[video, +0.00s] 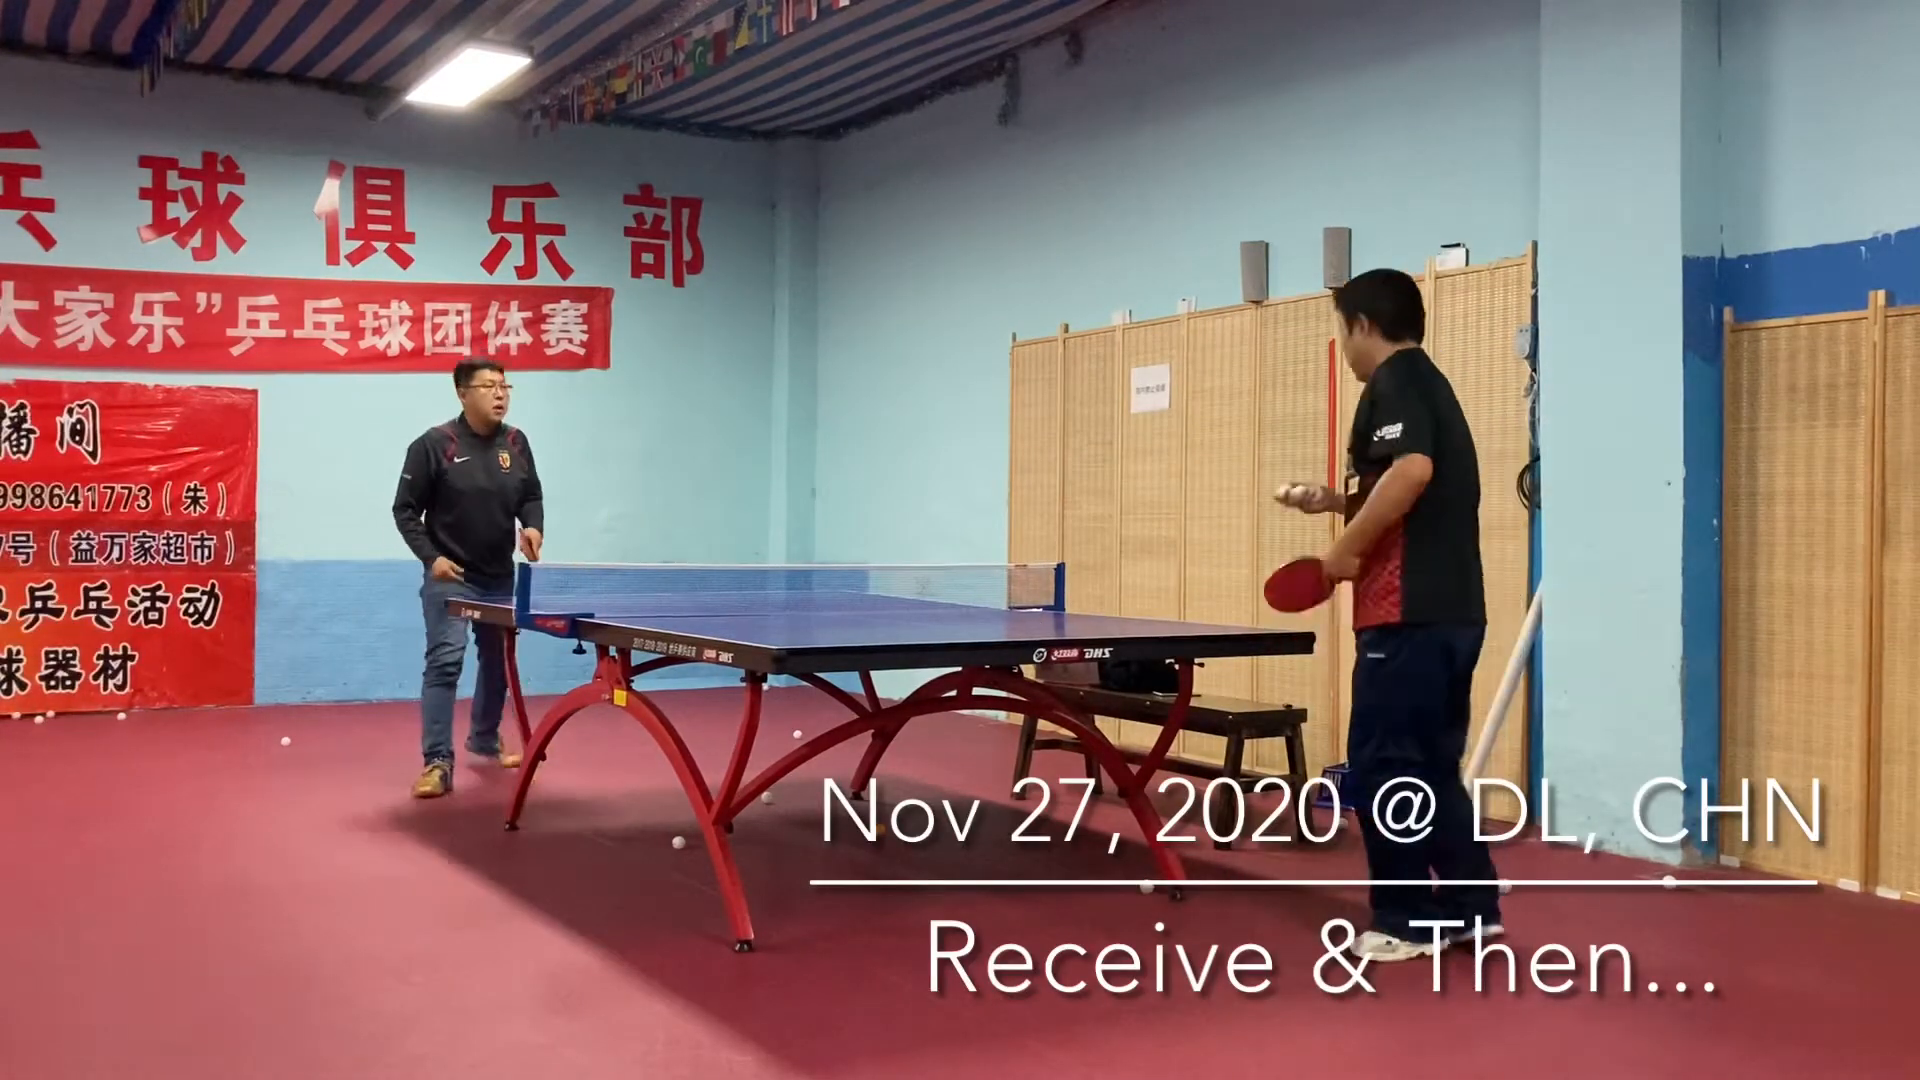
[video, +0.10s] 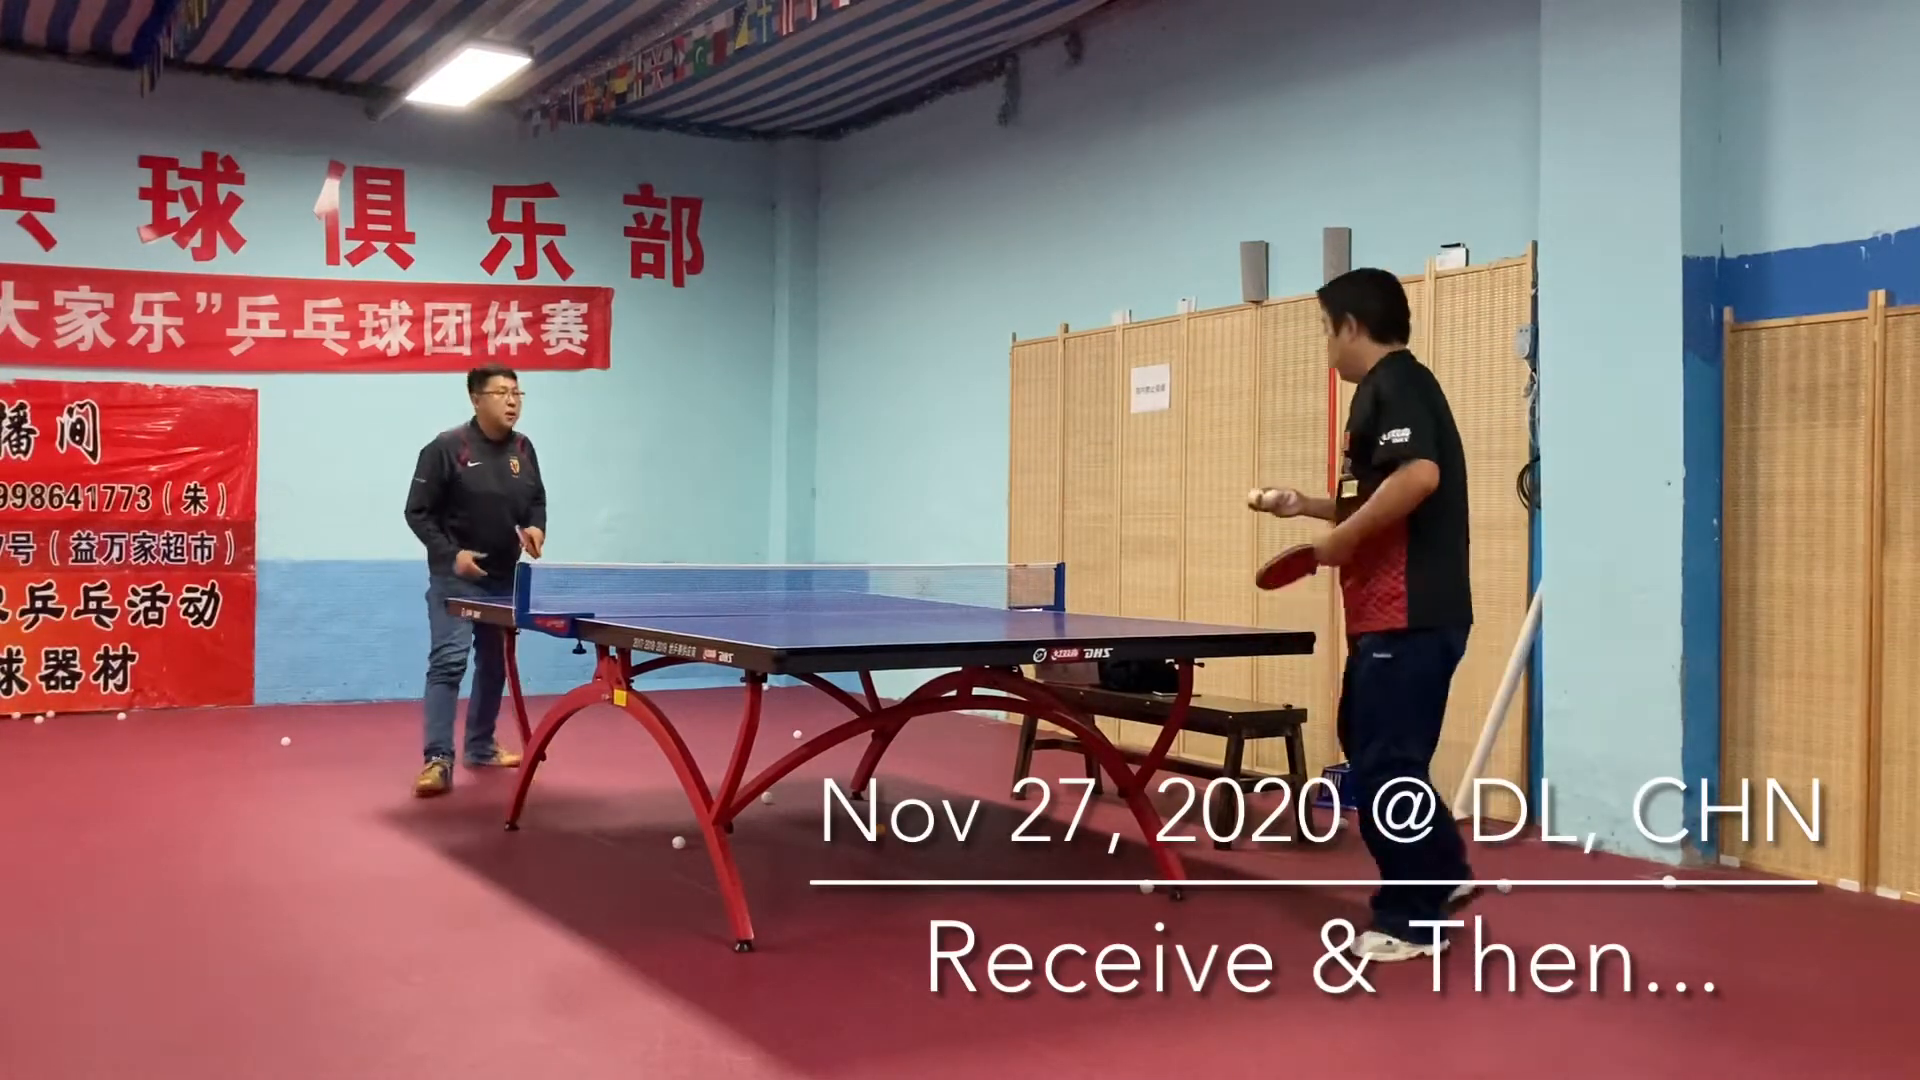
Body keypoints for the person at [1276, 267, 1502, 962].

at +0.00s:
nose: (1343, 347)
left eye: (1344, 332)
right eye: (1342, 333)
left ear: (1365, 326)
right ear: (1405, 325)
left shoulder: (1395, 381)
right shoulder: (1426, 383)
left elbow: (1413, 469)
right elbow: (1410, 494)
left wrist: (1348, 546)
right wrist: (1334, 499)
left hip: (1408, 617)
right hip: (1443, 613)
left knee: (1385, 770)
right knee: (1431, 765)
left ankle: (1411, 922)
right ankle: (1470, 908)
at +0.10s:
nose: (1328, 348)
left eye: (1329, 333)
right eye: (1328, 334)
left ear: (1353, 328)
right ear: (1377, 327)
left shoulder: (1399, 382)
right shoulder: (1378, 394)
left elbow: (1419, 474)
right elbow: (1377, 501)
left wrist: (1345, 539)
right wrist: (1304, 504)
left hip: (1412, 617)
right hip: (1385, 616)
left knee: (1387, 759)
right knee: (1363, 743)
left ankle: (1412, 918)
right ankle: (1441, 873)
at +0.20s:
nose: (1308, 350)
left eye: (1310, 334)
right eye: (1306, 336)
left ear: (1337, 329)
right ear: (1350, 330)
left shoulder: (1396, 384)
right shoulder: (1355, 400)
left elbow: (1426, 477)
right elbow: (1354, 502)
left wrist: (1341, 528)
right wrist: (1279, 502)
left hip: (1414, 623)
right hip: (1368, 622)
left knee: (1393, 763)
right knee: (1340, 744)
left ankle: (1413, 923)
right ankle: (1378, 894)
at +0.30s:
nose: (1285, 359)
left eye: (1288, 344)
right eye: (1283, 345)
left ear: (1320, 337)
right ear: (1326, 340)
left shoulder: (1394, 393)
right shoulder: (1323, 415)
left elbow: (1425, 485)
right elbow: (1326, 505)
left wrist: (1336, 520)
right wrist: (1248, 505)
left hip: (1419, 621)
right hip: (1360, 623)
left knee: (1401, 775)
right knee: (1333, 765)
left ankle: (1414, 922)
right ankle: (1323, 891)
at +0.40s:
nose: (1259, 372)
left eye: (1265, 358)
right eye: (1258, 359)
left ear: (1301, 353)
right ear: (1297, 355)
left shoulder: (1382, 406)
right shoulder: (1289, 431)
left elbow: (1419, 499)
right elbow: (1285, 520)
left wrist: (1324, 523)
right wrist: (1213, 519)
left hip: (1414, 618)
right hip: (1348, 620)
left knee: (1403, 772)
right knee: (1329, 760)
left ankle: (1413, 921)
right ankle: (1314, 888)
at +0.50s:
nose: (1235, 385)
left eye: (1243, 371)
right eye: (1235, 371)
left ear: (1283, 372)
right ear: (1277, 373)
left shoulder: (1369, 418)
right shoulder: (1268, 449)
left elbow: (1404, 514)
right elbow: (1253, 530)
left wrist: (1316, 534)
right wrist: (1192, 544)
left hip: (1414, 621)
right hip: (1341, 625)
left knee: (1417, 766)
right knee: (1319, 754)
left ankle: (1429, 911)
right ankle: (1316, 888)